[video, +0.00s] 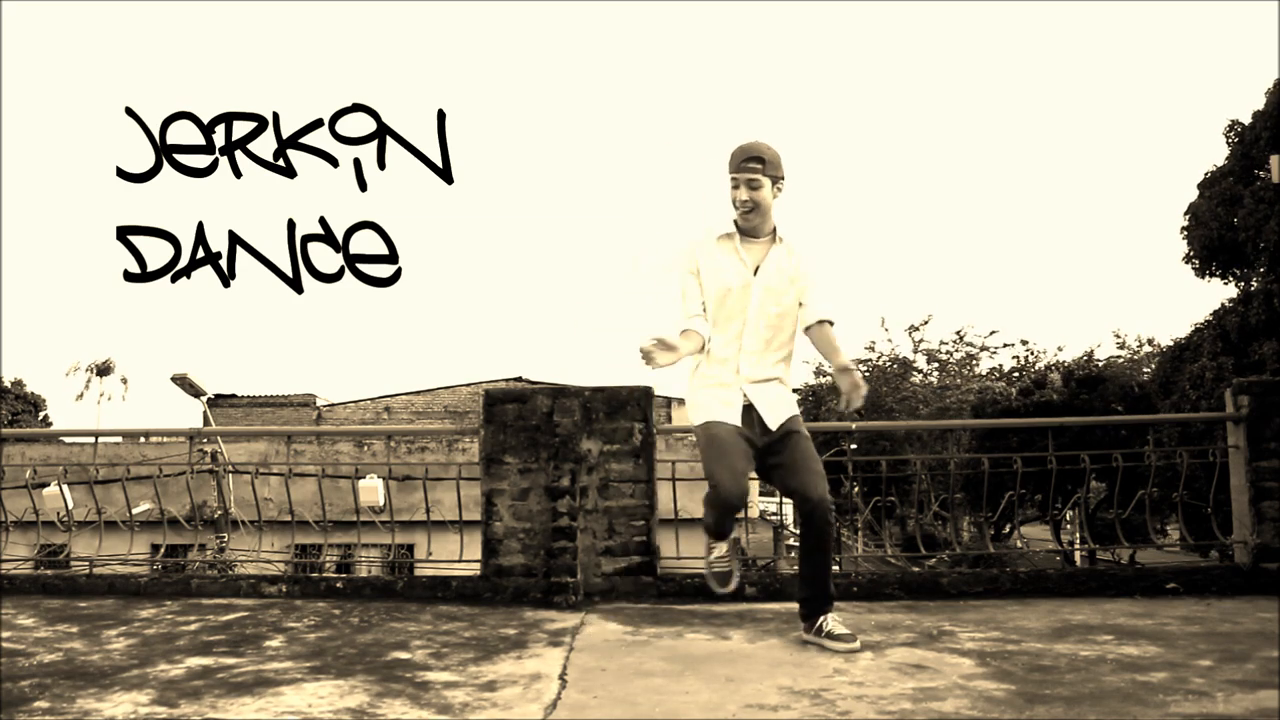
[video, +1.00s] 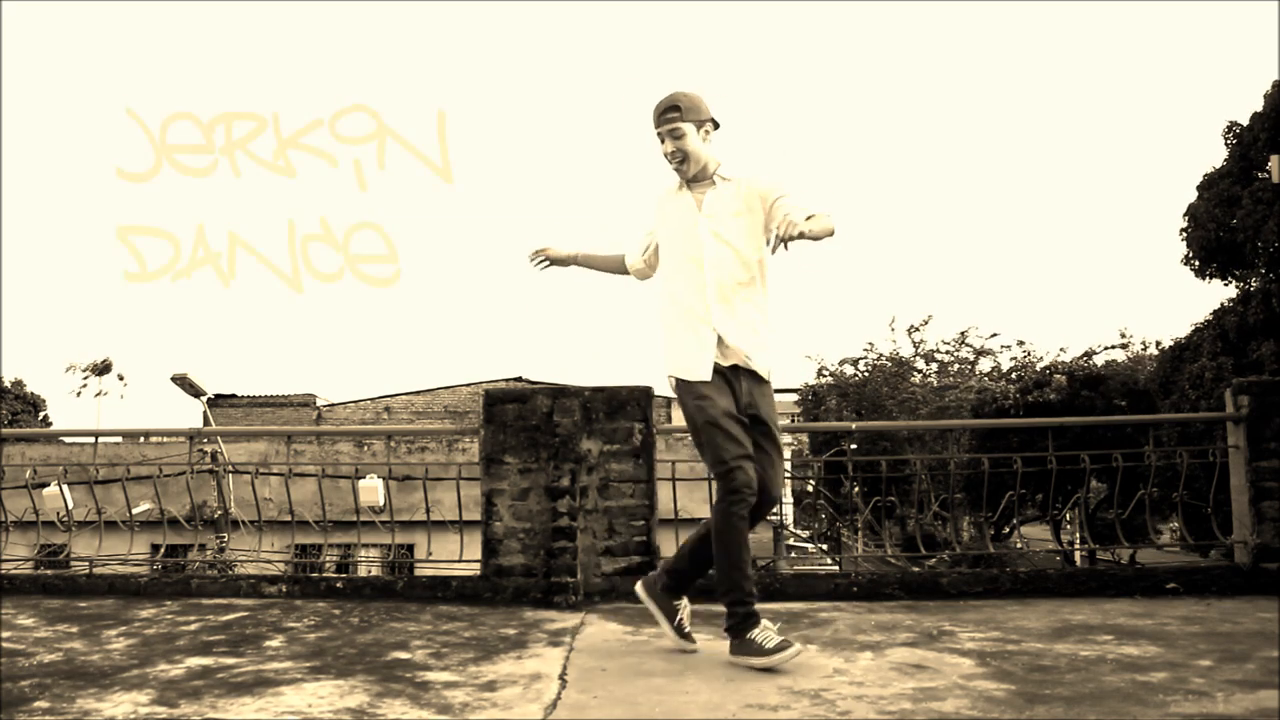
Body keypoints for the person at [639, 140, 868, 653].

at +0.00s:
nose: (743, 195)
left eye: (753, 185)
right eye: (735, 186)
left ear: (776, 190)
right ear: (728, 192)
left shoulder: (794, 262)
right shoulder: (701, 256)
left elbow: (815, 322)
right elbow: (696, 325)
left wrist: (842, 364)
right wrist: (678, 348)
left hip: (773, 391)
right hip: (716, 391)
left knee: (817, 499)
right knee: (730, 492)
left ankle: (817, 615)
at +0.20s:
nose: (735, 163)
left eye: (746, 153)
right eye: (729, 155)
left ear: (772, 158)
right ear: (723, 162)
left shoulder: (793, 231)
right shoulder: (700, 222)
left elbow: (799, 307)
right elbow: (682, 302)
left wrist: (791, 371)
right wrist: (719, 353)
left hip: (775, 383)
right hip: (713, 381)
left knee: (827, 479)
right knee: (697, 486)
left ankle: (802, 607)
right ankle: (709, 540)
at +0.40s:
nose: (696, 153)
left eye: (706, 142)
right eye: (690, 144)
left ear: (734, 142)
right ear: (686, 148)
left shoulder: (764, 211)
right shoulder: (667, 207)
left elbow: (783, 278)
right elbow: (641, 271)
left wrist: (790, 341)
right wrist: (648, 330)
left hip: (750, 376)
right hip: (682, 374)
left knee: (799, 473)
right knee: (649, 485)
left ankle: (799, 606)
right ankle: (625, 561)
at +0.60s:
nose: (639, 170)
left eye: (647, 157)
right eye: (632, 161)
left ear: (677, 154)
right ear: (629, 166)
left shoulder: (715, 217)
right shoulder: (623, 223)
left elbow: (732, 276)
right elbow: (603, 283)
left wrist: (735, 332)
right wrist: (606, 344)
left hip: (709, 384)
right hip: (642, 385)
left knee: (755, 484)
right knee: (613, 500)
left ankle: (785, 619)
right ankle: (583, 612)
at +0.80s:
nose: (635, 131)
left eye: (641, 117)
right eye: (627, 123)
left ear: (671, 112)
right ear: (625, 129)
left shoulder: (728, 172)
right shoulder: (636, 189)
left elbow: (801, 191)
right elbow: (617, 248)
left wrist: (818, 235)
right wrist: (582, 295)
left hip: (733, 340)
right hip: (671, 343)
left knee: (738, 467)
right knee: (672, 467)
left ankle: (692, 584)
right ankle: (656, 594)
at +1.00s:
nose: (669, 149)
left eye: (677, 136)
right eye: (662, 140)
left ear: (708, 132)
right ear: (660, 146)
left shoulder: (755, 194)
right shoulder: (670, 207)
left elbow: (825, 223)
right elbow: (639, 263)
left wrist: (801, 225)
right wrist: (572, 257)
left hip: (751, 364)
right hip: (696, 364)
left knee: (764, 494)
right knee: (738, 483)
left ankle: (664, 585)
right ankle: (743, 627)